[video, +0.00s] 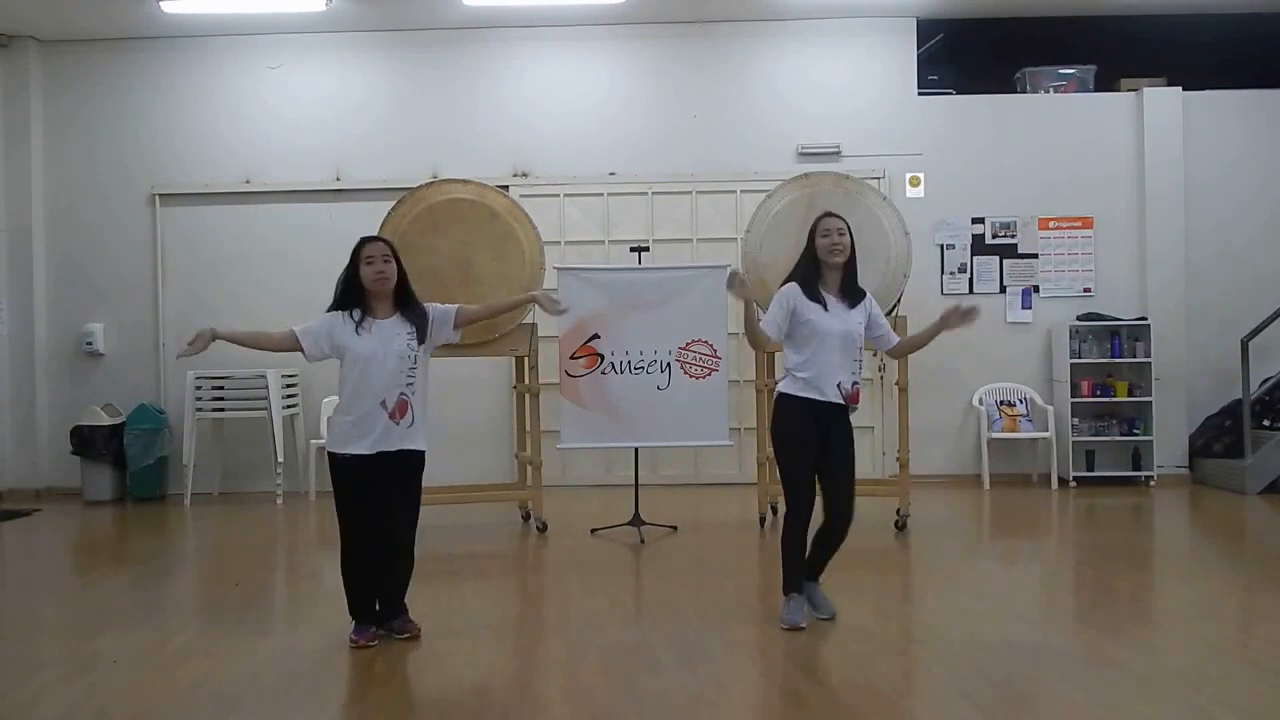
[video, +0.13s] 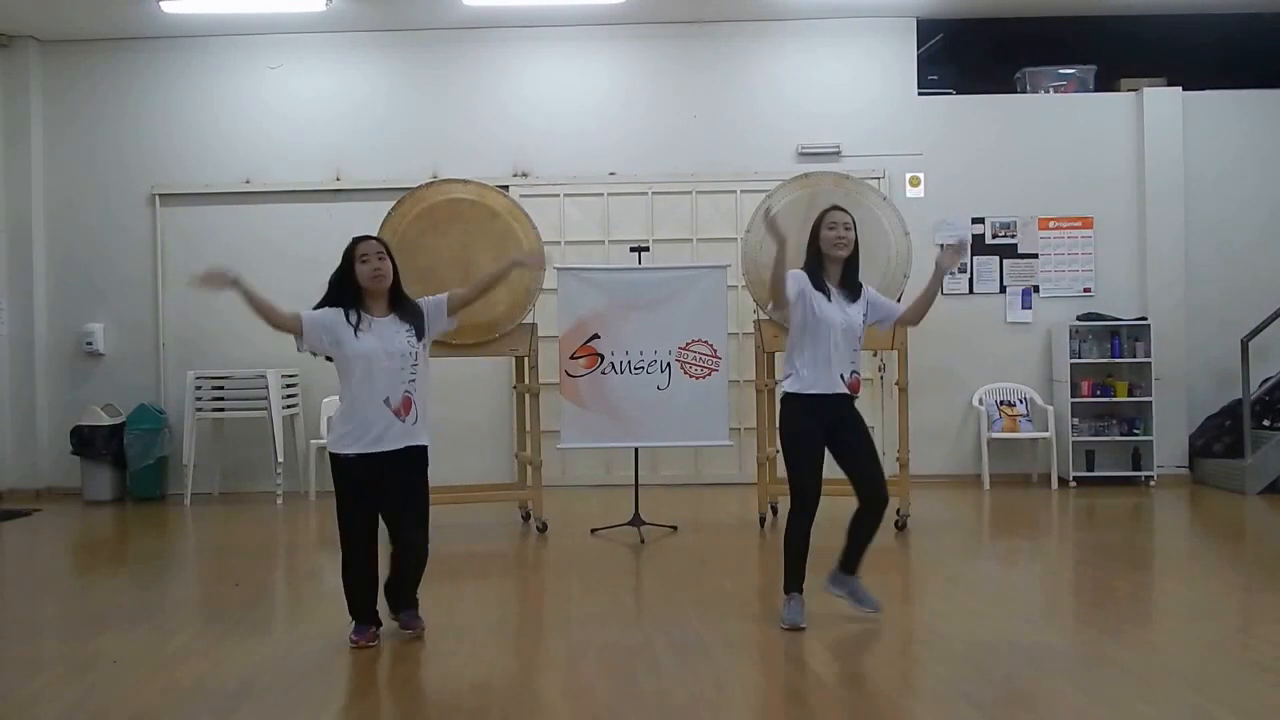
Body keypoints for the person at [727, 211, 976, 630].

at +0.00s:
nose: (836, 239)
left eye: (841, 233)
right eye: (827, 234)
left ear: (852, 243)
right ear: (812, 245)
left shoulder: (862, 300)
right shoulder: (792, 293)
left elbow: (896, 349)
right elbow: (761, 342)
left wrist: (941, 324)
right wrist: (748, 302)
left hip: (838, 415)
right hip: (795, 410)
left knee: (840, 516)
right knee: (800, 506)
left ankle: (808, 581)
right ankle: (792, 596)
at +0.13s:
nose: (841, 233)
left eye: (847, 227)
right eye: (832, 227)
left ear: (855, 240)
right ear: (816, 238)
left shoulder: (861, 295)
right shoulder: (800, 281)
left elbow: (910, 316)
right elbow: (779, 300)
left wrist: (939, 272)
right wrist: (782, 247)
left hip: (842, 406)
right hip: (800, 406)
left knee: (875, 496)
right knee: (804, 502)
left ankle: (844, 576)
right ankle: (793, 597)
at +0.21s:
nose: (845, 230)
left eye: (852, 225)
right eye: (836, 224)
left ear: (860, 236)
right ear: (822, 234)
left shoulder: (867, 289)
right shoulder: (810, 285)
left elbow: (918, 291)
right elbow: (808, 272)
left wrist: (933, 242)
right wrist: (817, 216)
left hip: (851, 402)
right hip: (809, 403)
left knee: (892, 492)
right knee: (808, 501)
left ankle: (893, 582)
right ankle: (793, 597)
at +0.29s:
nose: (853, 227)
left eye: (857, 222)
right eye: (844, 221)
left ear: (863, 236)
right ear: (826, 234)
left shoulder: (872, 285)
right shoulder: (812, 276)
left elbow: (923, 282)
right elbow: (832, 273)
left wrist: (928, 229)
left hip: (860, 401)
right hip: (817, 402)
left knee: (900, 491)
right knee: (810, 501)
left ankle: (924, 584)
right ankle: (794, 596)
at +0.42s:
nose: (860, 235)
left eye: (866, 228)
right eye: (849, 231)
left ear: (876, 237)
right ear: (835, 246)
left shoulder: (895, 286)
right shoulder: (831, 283)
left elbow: (933, 284)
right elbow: (870, 278)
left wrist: (924, 231)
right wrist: (893, 222)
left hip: (889, 407)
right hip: (843, 407)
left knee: (918, 502)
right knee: (824, 505)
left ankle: (942, 595)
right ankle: (795, 597)